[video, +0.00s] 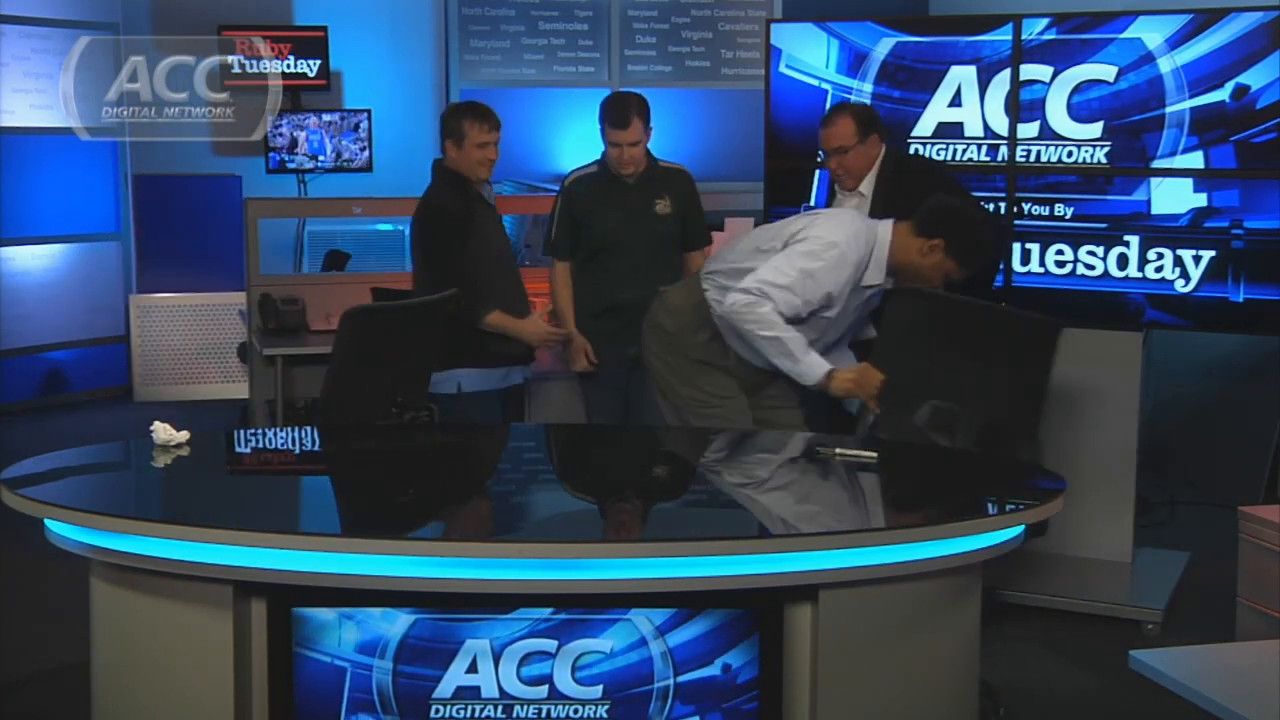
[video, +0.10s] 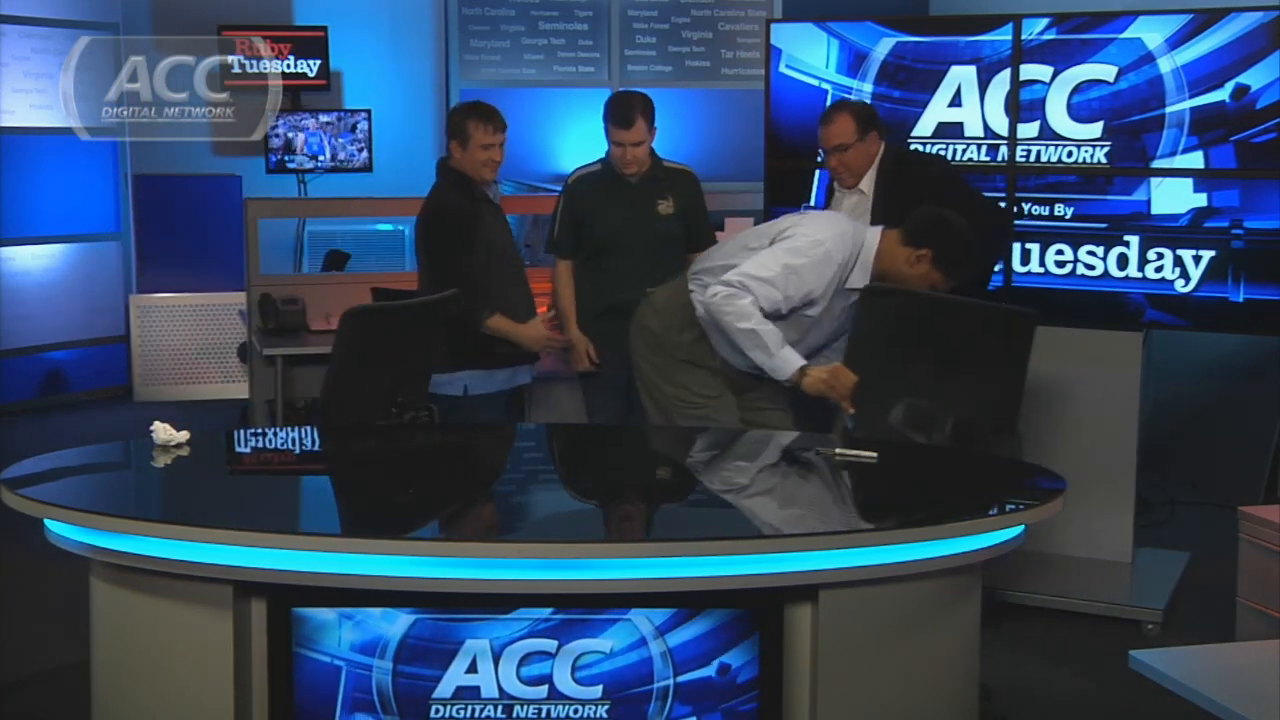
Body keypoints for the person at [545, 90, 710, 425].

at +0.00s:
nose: (624, 155)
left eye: (633, 145)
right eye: (614, 145)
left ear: (648, 133)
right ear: (603, 136)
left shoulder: (677, 182)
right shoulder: (576, 187)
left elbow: (695, 259)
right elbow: (561, 266)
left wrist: (693, 327)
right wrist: (571, 334)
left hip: (662, 341)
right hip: (599, 344)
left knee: (659, 445)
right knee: (607, 446)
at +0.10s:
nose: (627, 155)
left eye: (637, 144)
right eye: (618, 145)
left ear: (652, 133)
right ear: (607, 135)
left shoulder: (682, 182)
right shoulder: (580, 186)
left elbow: (702, 257)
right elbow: (563, 264)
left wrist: (702, 326)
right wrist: (573, 333)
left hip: (667, 338)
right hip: (602, 342)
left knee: (665, 444)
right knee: (609, 445)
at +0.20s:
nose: (632, 155)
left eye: (642, 145)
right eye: (623, 145)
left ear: (657, 134)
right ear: (612, 134)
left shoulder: (687, 183)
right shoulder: (584, 185)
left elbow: (707, 259)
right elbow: (566, 264)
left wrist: (704, 329)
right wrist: (571, 334)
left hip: (669, 341)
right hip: (603, 343)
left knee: (667, 446)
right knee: (609, 447)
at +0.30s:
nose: (636, 155)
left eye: (646, 145)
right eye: (627, 145)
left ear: (663, 135)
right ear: (616, 135)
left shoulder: (692, 184)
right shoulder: (589, 185)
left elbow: (711, 260)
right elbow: (570, 262)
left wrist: (709, 334)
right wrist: (569, 339)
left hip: (674, 341)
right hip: (606, 345)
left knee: (672, 448)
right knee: (612, 448)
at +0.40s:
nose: (639, 155)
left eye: (649, 145)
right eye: (630, 145)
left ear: (668, 135)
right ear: (621, 135)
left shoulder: (696, 185)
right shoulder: (593, 185)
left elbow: (715, 261)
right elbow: (573, 262)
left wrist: (712, 336)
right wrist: (568, 340)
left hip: (675, 341)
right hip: (607, 344)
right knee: (613, 449)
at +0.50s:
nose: (643, 155)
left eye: (653, 145)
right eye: (634, 145)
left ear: (672, 136)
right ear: (625, 133)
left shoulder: (699, 186)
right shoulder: (597, 185)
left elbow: (718, 263)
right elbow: (577, 263)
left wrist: (716, 340)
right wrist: (569, 340)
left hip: (679, 344)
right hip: (610, 347)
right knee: (616, 454)